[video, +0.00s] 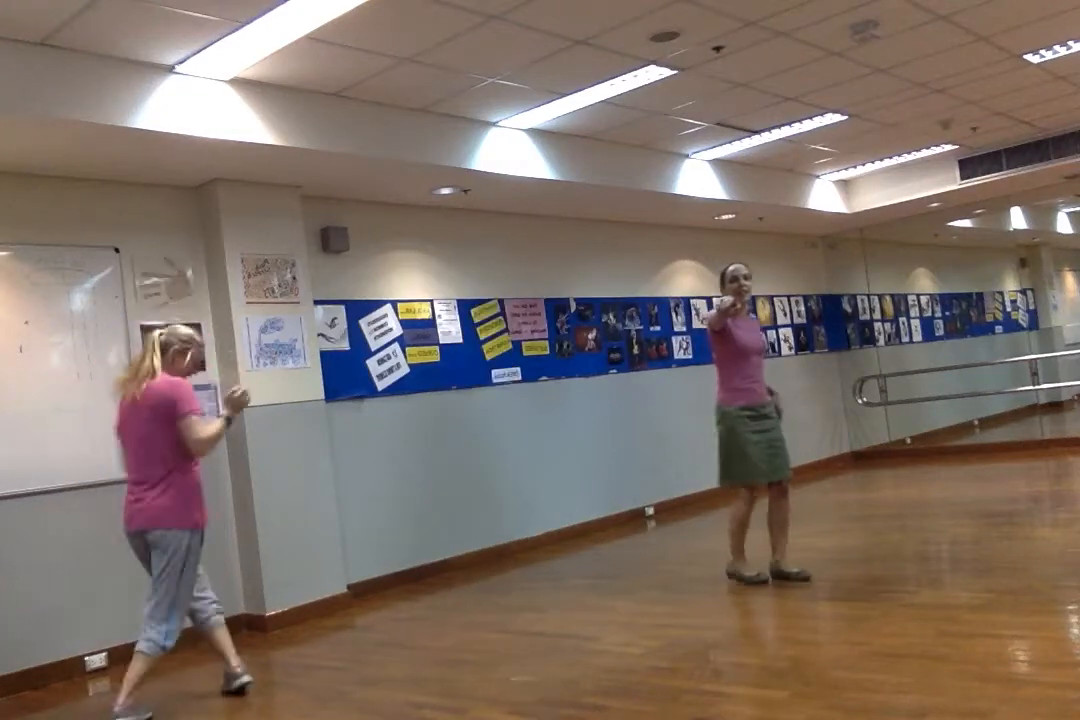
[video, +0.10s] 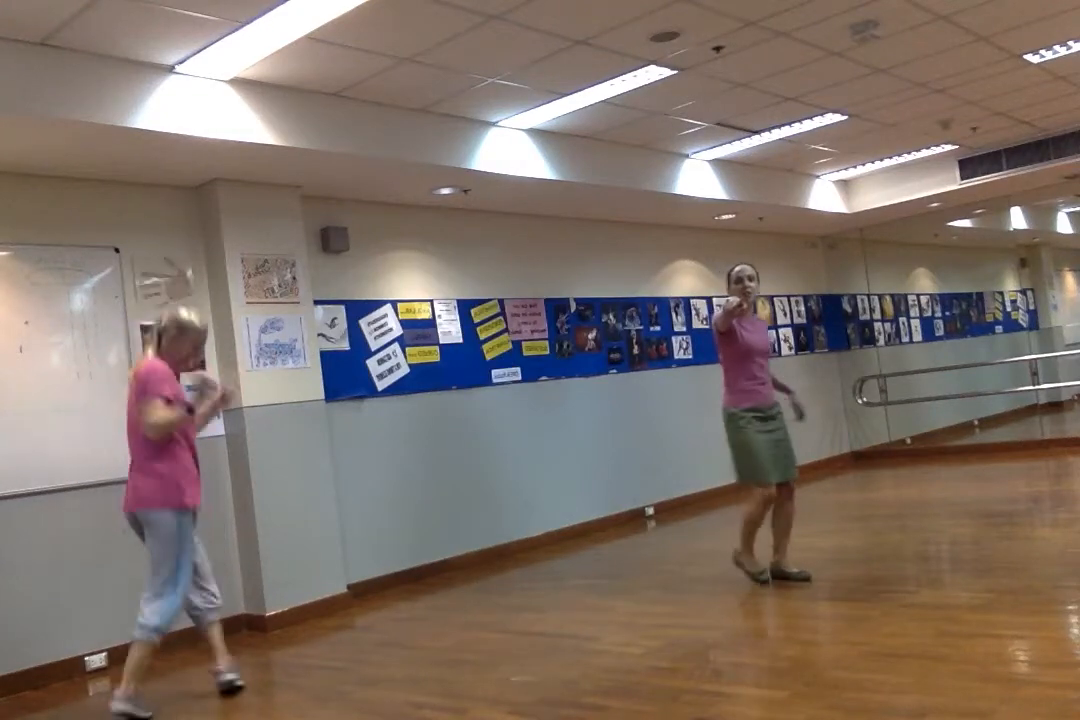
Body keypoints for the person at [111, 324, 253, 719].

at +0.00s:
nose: (195, 368)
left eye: (197, 361)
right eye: (194, 360)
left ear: (161, 353)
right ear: (179, 355)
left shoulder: (130, 394)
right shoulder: (176, 387)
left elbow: (131, 448)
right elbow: (198, 441)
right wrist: (228, 415)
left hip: (136, 517)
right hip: (176, 515)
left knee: (197, 593)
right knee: (164, 611)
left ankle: (235, 668)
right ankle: (123, 703)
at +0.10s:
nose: (196, 358)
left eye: (198, 350)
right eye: (193, 349)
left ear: (165, 339)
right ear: (174, 339)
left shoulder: (162, 376)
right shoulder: (155, 369)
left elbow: (181, 430)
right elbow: (153, 425)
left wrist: (214, 404)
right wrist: (198, 402)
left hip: (151, 497)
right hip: (164, 497)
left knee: (198, 580)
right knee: (164, 593)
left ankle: (224, 665)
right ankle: (126, 692)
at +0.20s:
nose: (193, 334)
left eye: (196, 328)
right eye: (189, 325)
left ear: (191, 324)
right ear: (166, 317)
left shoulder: (175, 353)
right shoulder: (143, 350)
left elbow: (192, 407)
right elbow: (123, 408)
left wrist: (223, 379)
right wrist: (147, 386)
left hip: (180, 475)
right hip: (154, 478)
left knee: (195, 559)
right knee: (164, 562)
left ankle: (203, 656)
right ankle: (125, 669)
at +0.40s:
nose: (179, 338)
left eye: (184, 330)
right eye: (171, 330)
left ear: (190, 332)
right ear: (152, 330)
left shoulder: (199, 370)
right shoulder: (130, 371)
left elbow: (228, 418)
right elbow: (105, 431)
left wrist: (255, 407)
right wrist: (108, 394)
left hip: (197, 494)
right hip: (145, 498)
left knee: (214, 577)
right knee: (145, 583)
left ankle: (218, 661)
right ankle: (152, 675)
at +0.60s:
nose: (149, 336)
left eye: (154, 328)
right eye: (142, 330)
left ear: (170, 322)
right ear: (136, 329)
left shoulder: (198, 361)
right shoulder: (127, 364)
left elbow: (236, 410)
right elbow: (111, 416)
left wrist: (235, 394)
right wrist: (84, 388)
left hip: (194, 478)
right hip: (147, 482)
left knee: (209, 567)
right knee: (148, 576)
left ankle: (220, 651)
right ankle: (157, 667)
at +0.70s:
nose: (142, 324)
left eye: (147, 315)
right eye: (135, 319)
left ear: (164, 309)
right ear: (129, 320)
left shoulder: (193, 344)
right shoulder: (128, 347)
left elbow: (244, 391)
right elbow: (99, 397)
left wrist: (236, 379)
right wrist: (81, 361)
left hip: (192, 459)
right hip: (147, 463)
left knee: (190, 551)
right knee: (162, 556)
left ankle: (189, 644)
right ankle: (202, 633)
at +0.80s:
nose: (144, 336)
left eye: (146, 326)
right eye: (136, 332)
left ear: (162, 316)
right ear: (130, 331)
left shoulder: (194, 352)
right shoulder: (131, 357)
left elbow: (227, 399)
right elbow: (103, 403)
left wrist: (231, 400)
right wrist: (90, 368)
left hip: (196, 468)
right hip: (152, 473)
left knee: (175, 562)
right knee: (199, 558)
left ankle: (150, 656)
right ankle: (247, 633)